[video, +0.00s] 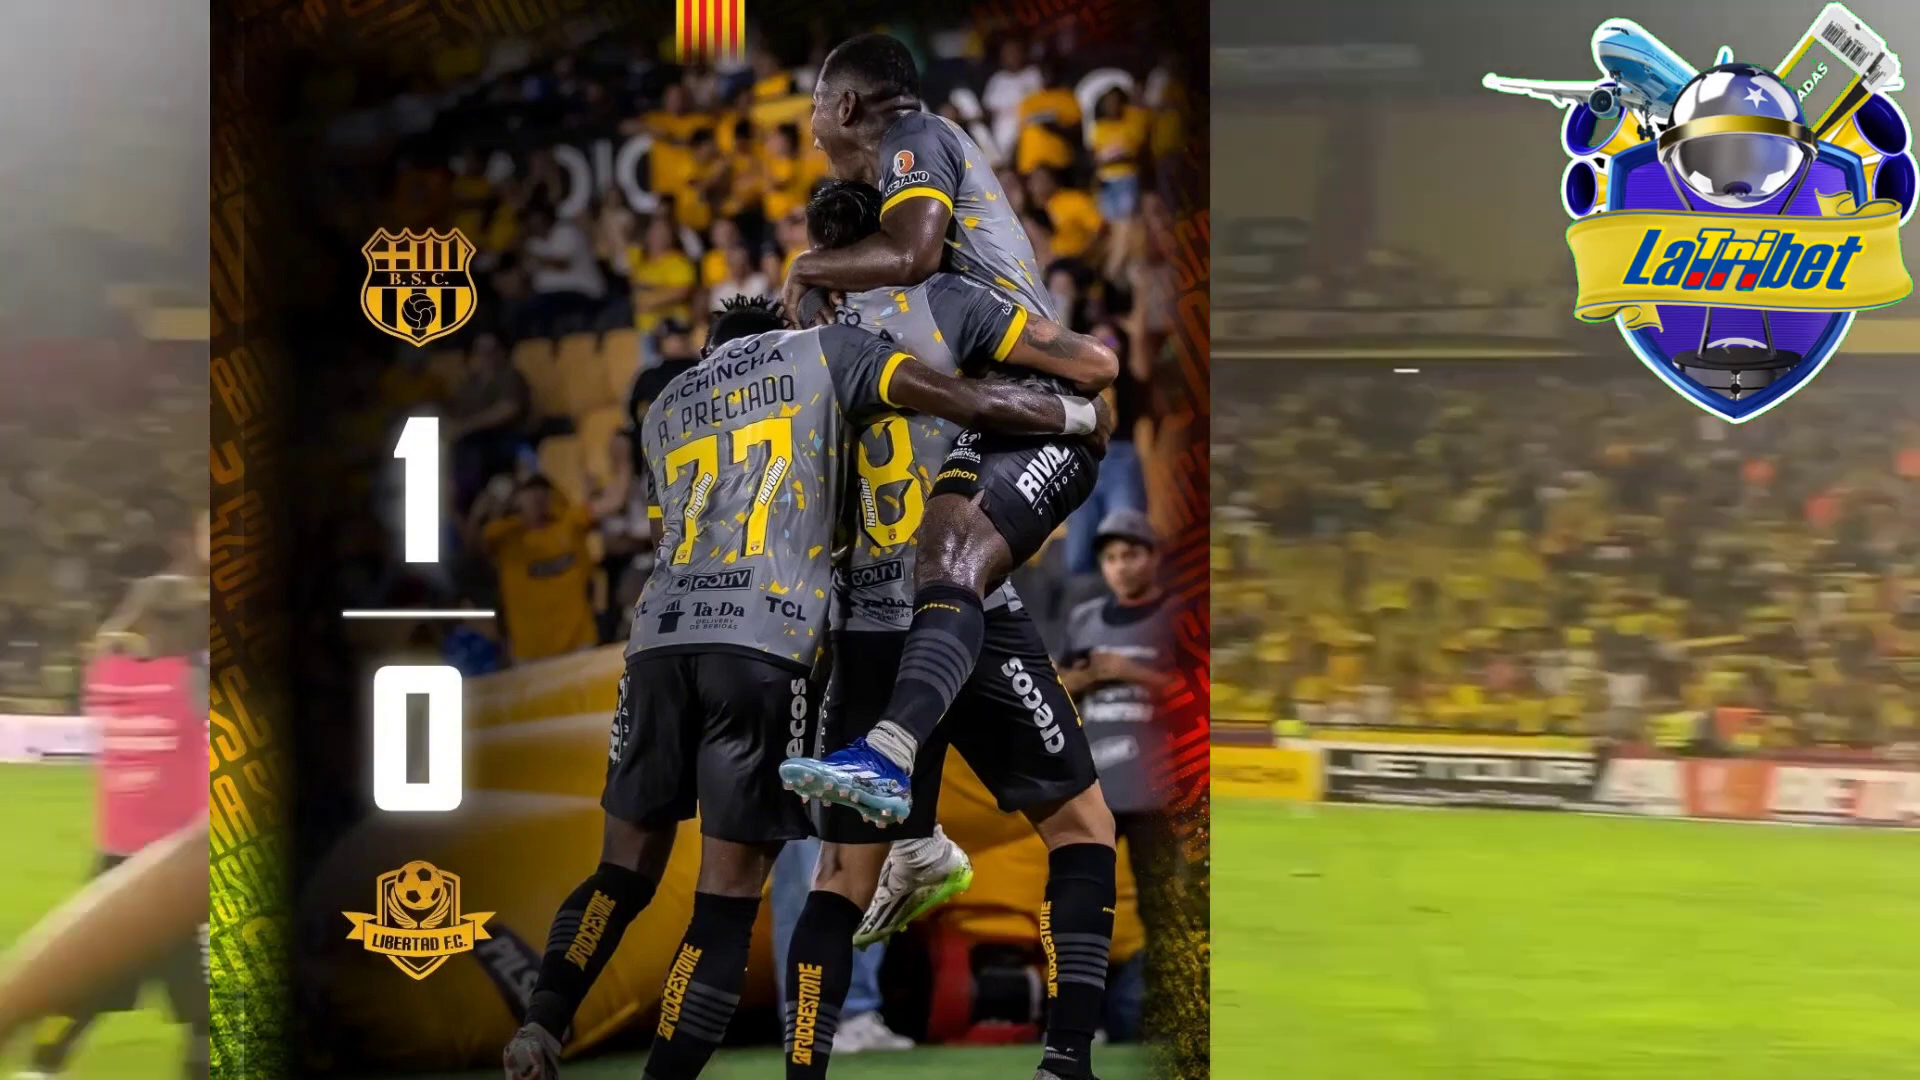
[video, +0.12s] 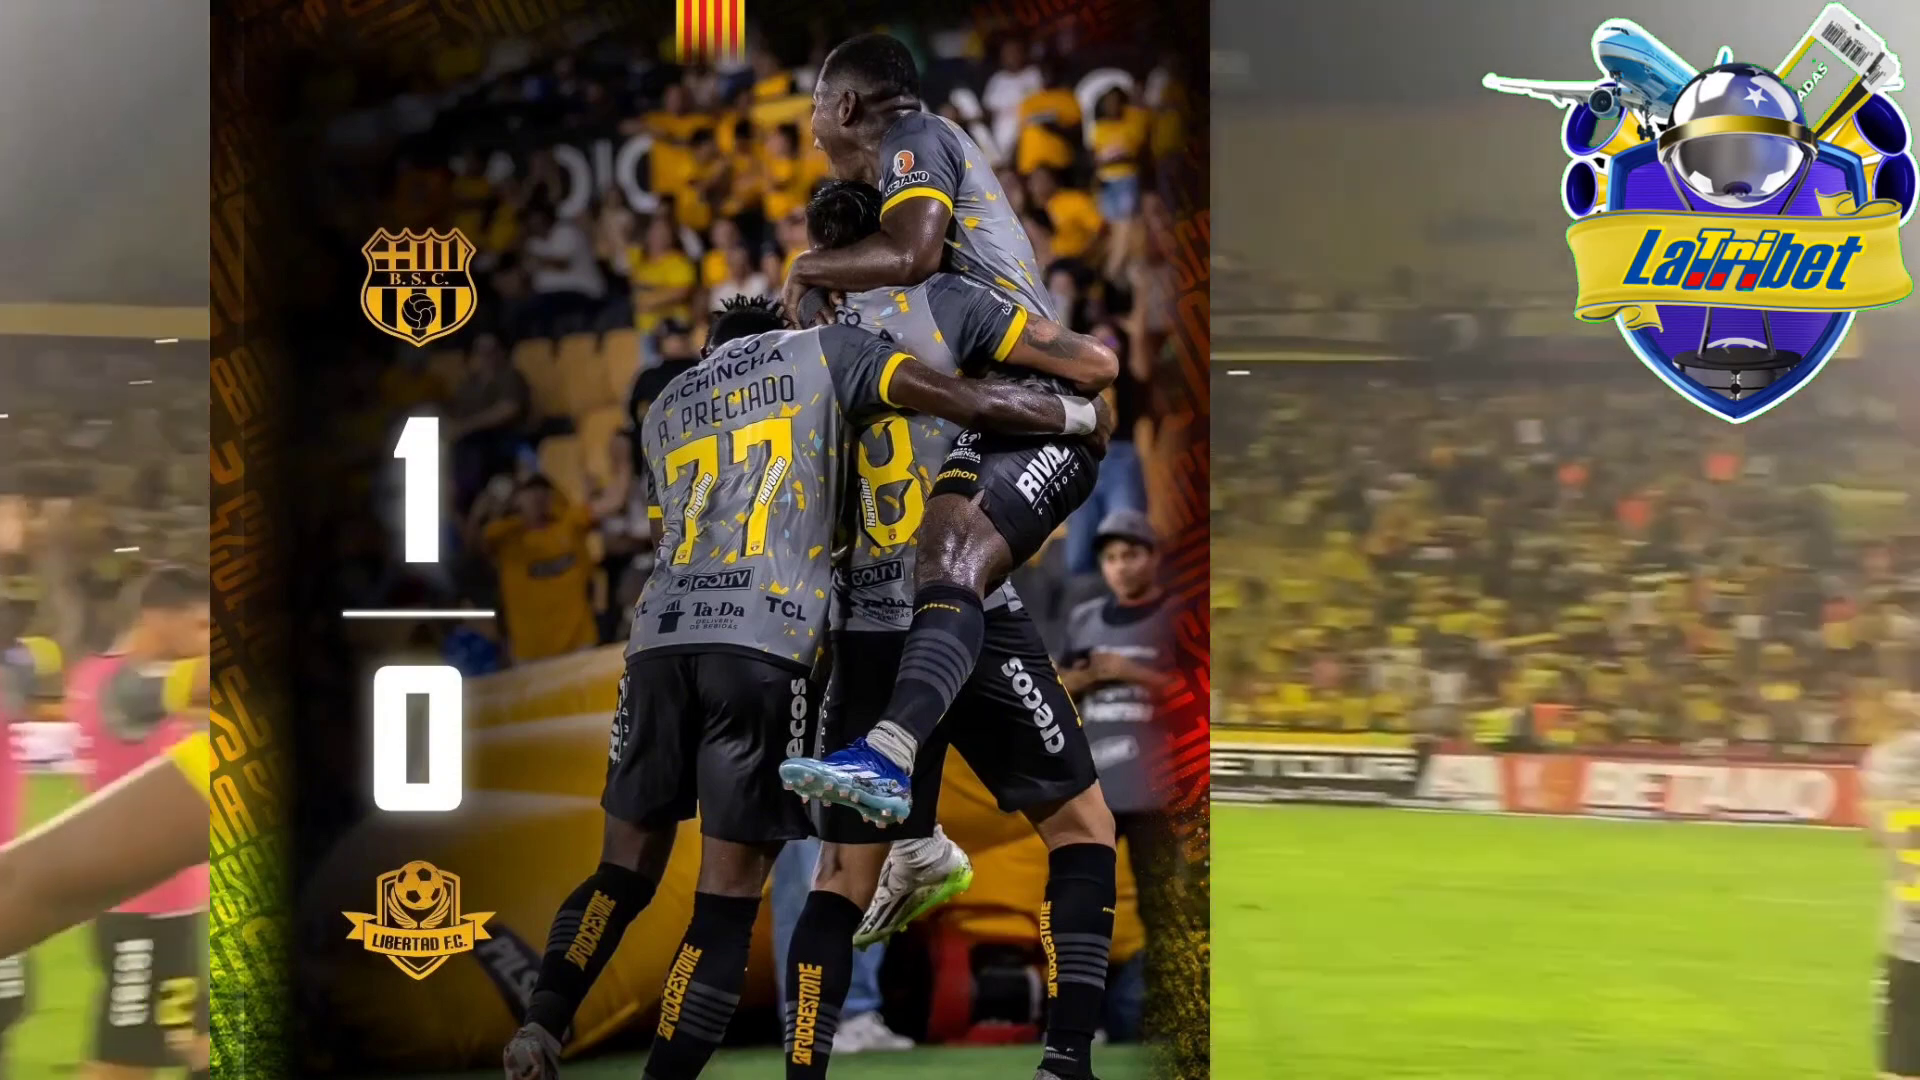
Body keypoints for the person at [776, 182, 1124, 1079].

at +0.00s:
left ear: (818, 252)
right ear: (896, 233)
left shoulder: (799, 332)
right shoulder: (948, 292)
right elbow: (1085, 367)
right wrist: (1100, 359)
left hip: (852, 619)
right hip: (962, 614)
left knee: (848, 860)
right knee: (1082, 826)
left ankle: (802, 1062)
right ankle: (1066, 1061)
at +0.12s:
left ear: (818, 252)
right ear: (896, 233)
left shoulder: (799, 332)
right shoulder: (948, 292)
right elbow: (1085, 367)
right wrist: (1100, 359)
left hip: (852, 619)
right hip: (962, 614)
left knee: (848, 860)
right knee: (1082, 826)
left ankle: (802, 1062)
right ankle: (1066, 1061)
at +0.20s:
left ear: (822, 252)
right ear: (900, 235)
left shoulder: (803, 328)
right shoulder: (951, 295)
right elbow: (1092, 367)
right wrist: (1080, 348)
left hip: (854, 615)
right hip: (963, 613)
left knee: (848, 860)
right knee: (1081, 826)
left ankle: (801, 1064)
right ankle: (1067, 1058)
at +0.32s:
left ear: (821, 256)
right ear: (898, 237)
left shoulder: (802, 333)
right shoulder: (951, 295)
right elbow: (1089, 367)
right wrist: (1087, 352)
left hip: (852, 619)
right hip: (962, 616)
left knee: (849, 861)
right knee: (1082, 827)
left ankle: (802, 1063)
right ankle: (1067, 1058)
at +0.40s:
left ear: (821, 256)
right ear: (898, 238)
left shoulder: (802, 332)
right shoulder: (952, 296)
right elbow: (1090, 367)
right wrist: (1082, 349)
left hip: (852, 619)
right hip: (964, 616)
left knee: (849, 862)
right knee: (1082, 827)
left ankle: (802, 1062)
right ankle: (1067, 1057)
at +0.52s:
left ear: (819, 257)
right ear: (896, 240)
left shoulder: (802, 336)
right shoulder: (951, 298)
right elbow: (1089, 368)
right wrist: (1090, 352)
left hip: (854, 618)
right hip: (965, 615)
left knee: (848, 861)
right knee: (1081, 826)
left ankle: (802, 1064)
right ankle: (1067, 1057)